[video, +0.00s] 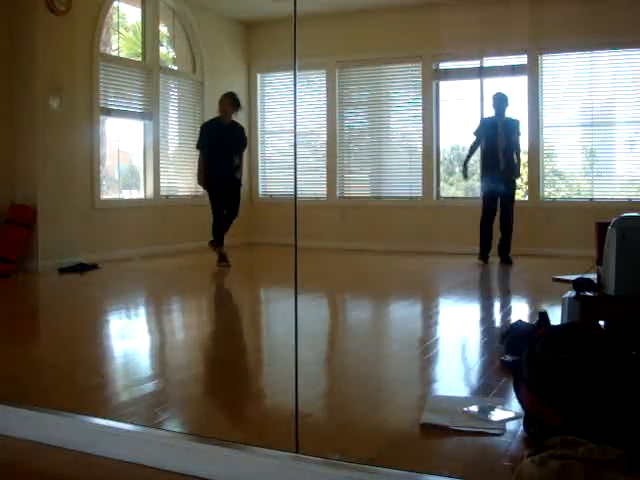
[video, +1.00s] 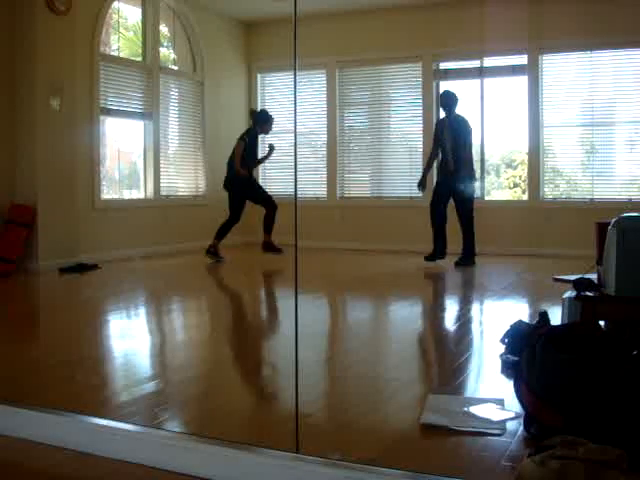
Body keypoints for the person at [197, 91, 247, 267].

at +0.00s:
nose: (224, 108)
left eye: (228, 105)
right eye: (222, 104)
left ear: (234, 108)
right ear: (219, 106)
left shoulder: (238, 129)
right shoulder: (208, 126)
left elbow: (240, 154)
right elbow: (202, 153)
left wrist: (240, 175)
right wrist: (201, 174)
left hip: (231, 175)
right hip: (212, 175)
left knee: (233, 211)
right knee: (218, 213)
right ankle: (221, 252)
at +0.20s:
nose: (225, 109)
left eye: (228, 106)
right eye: (224, 106)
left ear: (233, 108)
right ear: (221, 108)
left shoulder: (234, 129)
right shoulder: (220, 127)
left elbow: (233, 156)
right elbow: (215, 153)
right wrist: (209, 175)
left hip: (229, 177)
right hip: (219, 177)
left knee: (222, 214)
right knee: (220, 213)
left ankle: (217, 246)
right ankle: (217, 248)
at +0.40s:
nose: (240, 114)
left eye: (239, 110)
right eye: (239, 110)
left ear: (222, 111)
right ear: (236, 112)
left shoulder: (211, 130)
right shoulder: (240, 131)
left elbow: (199, 152)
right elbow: (242, 156)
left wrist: (203, 173)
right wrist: (243, 178)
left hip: (213, 179)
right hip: (233, 180)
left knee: (217, 214)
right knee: (228, 216)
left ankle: (212, 249)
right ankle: (223, 250)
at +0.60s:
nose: (233, 116)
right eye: (232, 113)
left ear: (216, 116)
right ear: (232, 113)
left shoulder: (212, 134)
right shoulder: (239, 127)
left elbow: (199, 154)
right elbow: (253, 136)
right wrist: (250, 158)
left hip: (220, 181)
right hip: (239, 178)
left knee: (221, 216)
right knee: (246, 216)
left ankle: (213, 251)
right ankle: (229, 248)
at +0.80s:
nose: (221, 125)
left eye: (219, 123)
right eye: (231, 120)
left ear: (217, 123)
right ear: (231, 119)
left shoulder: (217, 141)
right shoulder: (241, 133)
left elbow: (221, 163)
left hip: (225, 182)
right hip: (242, 181)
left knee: (231, 217)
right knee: (250, 218)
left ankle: (216, 250)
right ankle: (230, 247)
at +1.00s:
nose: (271, 128)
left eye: (271, 125)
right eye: (269, 125)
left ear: (260, 124)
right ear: (262, 124)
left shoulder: (252, 137)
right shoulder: (250, 134)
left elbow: (252, 164)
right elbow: (238, 148)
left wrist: (267, 155)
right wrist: (238, 168)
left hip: (237, 181)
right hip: (242, 181)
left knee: (234, 217)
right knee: (271, 207)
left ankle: (213, 246)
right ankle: (267, 242)